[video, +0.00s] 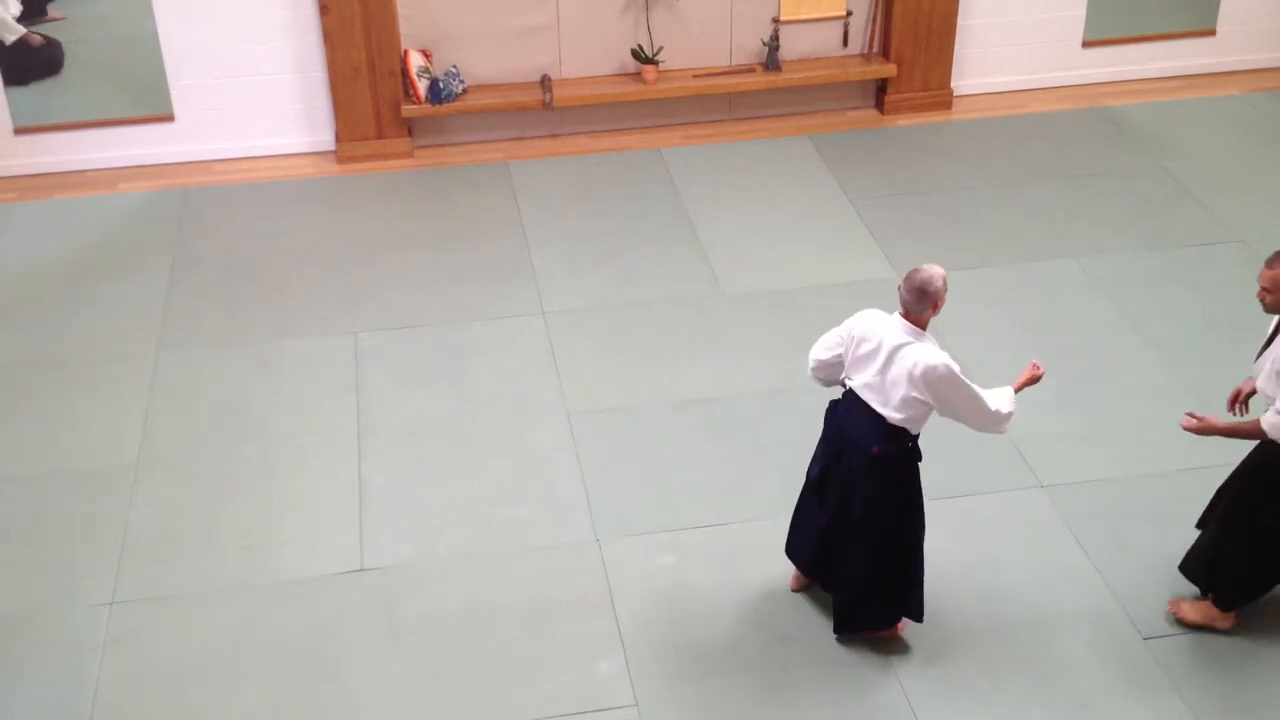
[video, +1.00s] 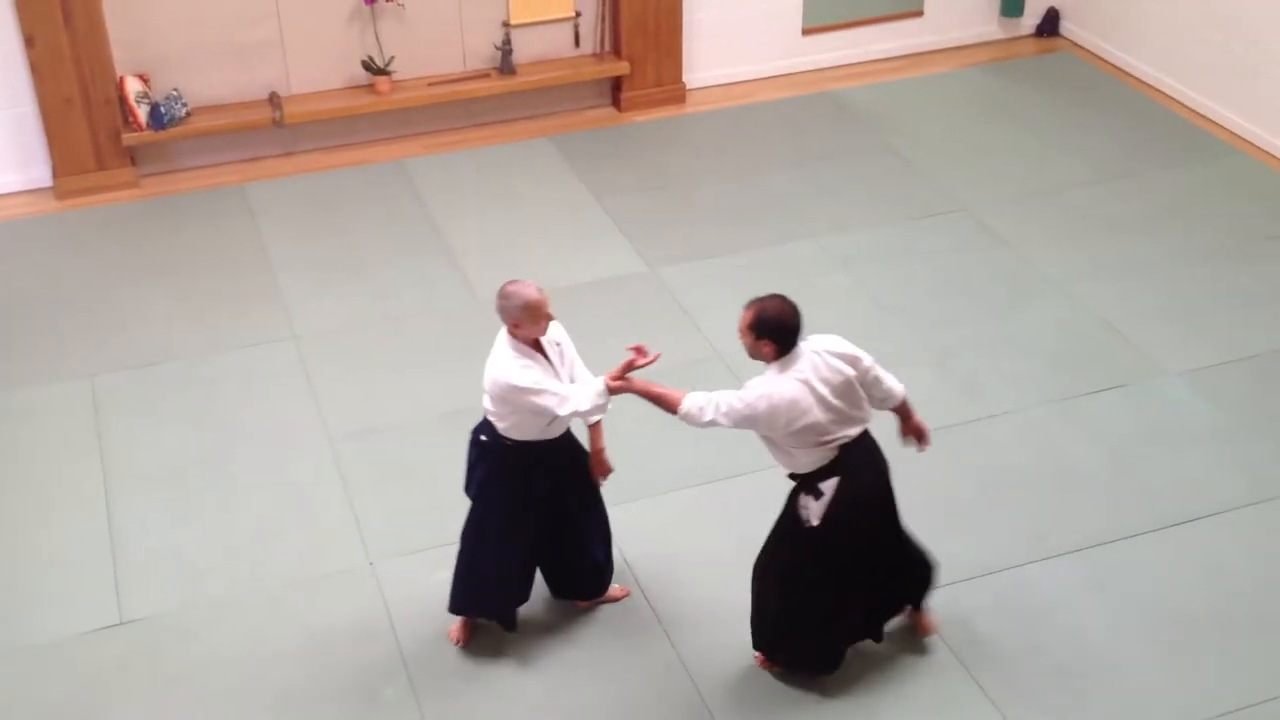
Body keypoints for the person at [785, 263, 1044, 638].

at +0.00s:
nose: (943, 299)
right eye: (943, 296)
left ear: (900, 292)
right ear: (938, 306)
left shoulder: (866, 322)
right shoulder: (933, 364)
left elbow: (820, 365)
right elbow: (986, 412)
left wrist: (853, 376)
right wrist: (1017, 387)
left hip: (842, 424)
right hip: (886, 448)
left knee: (826, 498)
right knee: (886, 529)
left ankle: (806, 569)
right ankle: (879, 619)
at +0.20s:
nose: (937, 299)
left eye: (933, 293)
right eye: (935, 296)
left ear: (893, 294)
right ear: (928, 308)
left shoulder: (859, 323)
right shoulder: (922, 365)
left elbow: (818, 361)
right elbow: (976, 405)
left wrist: (850, 376)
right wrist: (1023, 384)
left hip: (835, 425)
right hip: (880, 449)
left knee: (823, 506)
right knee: (882, 530)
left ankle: (805, 584)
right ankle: (875, 619)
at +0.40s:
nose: (844, 299)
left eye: (841, 292)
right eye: (841, 293)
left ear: (808, 290)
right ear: (834, 299)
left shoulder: (776, 313)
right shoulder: (826, 353)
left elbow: (755, 342)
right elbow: (881, 386)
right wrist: (942, 370)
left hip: (752, 417)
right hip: (785, 437)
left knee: (758, 507)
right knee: (798, 517)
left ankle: (750, 580)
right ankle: (793, 609)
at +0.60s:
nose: (935, 303)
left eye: (941, 302)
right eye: (938, 297)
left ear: (964, 316)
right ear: (978, 311)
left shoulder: (955, 367)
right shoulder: (1012, 320)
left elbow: (877, 389)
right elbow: (1041, 345)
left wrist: (807, 379)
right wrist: (1019, 388)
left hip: (992, 460)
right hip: (1034, 438)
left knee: (915, 514)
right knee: (1036, 527)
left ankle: (954, 586)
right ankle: (1048, 605)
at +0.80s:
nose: (841, 327)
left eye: (847, 324)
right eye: (845, 321)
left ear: (866, 340)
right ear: (887, 329)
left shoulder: (853, 387)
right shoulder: (926, 343)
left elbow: (779, 392)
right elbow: (977, 375)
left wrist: (711, 377)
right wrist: (969, 397)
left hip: (908, 481)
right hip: (958, 457)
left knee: (839, 546)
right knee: (986, 529)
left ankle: (818, 646)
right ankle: (1027, 604)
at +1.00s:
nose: (740, 334)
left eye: (745, 331)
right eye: (743, 328)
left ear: (765, 344)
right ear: (790, 332)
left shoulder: (764, 396)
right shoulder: (830, 349)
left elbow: (694, 408)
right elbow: (879, 381)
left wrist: (634, 385)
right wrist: (908, 416)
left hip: (825, 491)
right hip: (868, 461)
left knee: (775, 569)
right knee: (884, 539)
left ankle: (784, 651)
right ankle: (917, 610)